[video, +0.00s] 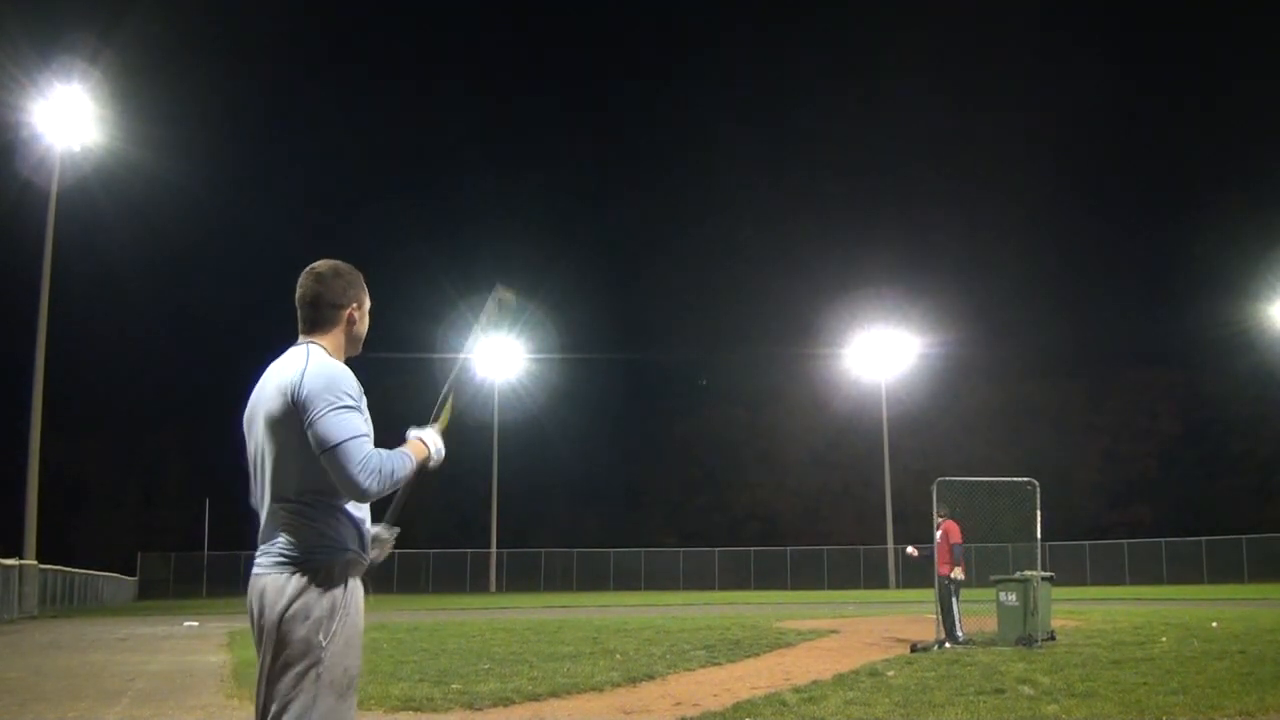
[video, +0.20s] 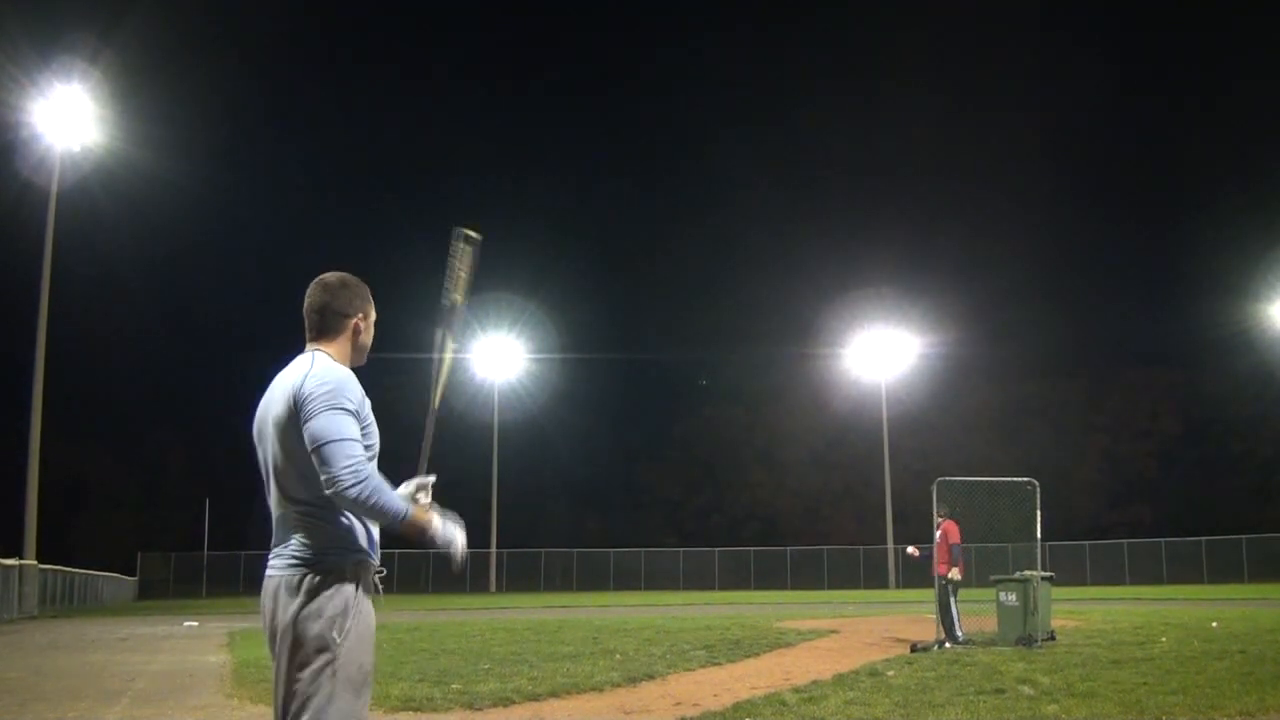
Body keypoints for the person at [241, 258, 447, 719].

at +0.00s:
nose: (367, 321)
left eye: (367, 310)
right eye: (367, 309)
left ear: (306, 311)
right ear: (353, 313)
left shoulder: (273, 380)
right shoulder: (325, 374)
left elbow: (278, 501)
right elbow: (365, 473)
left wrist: (355, 533)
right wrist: (419, 449)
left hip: (276, 583)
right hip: (317, 590)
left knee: (282, 710)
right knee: (313, 711)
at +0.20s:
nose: (372, 333)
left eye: (372, 322)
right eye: (372, 322)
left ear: (310, 321)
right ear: (358, 325)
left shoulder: (284, 387)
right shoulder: (328, 380)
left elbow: (322, 493)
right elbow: (350, 478)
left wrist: (395, 496)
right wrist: (426, 523)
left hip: (293, 588)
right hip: (328, 592)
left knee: (301, 710)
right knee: (330, 711)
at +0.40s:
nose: (392, 347)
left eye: (393, 335)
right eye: (392, 334)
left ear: (338, 327)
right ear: (373, 332)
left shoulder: (304, 384)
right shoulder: (339, 381)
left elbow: (323, 498)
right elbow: (337, 483)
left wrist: (395, 483)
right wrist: (374, 582)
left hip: (293, 575)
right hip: (330, 576)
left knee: (311, 709)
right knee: (356, 709)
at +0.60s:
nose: (420, 380)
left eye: (426, 372)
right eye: (419, 366)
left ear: (389, 346)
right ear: (390, 344)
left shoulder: (328, 381)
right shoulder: (348, 378)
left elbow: (324, 478)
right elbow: (304, 466)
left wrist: (374, 476)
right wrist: (323, 579)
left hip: (300, 574)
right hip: (335, 575)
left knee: (314, 712)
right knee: (367, 711)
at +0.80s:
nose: (434, 384)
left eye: (440, 375)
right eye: (434, 370)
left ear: (401, 349)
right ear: (404, 348)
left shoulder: (349, 384)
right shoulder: (351, 382)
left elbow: (306, 476)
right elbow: (302, 477)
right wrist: (334, 590)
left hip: (300, 580)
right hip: (326, 580)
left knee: (308, 712)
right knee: (360, 710)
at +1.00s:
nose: (440, 364)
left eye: (443, 353)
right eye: (439, 352)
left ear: (407, 342)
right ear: (413, 344)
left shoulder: (355, 388)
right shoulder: (348, 389)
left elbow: (338, 503)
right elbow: (318, 502)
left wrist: (369, 583)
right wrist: (362, 608)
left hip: (322, 587)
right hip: (304, 590)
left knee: (351, 709)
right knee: (322, 711)